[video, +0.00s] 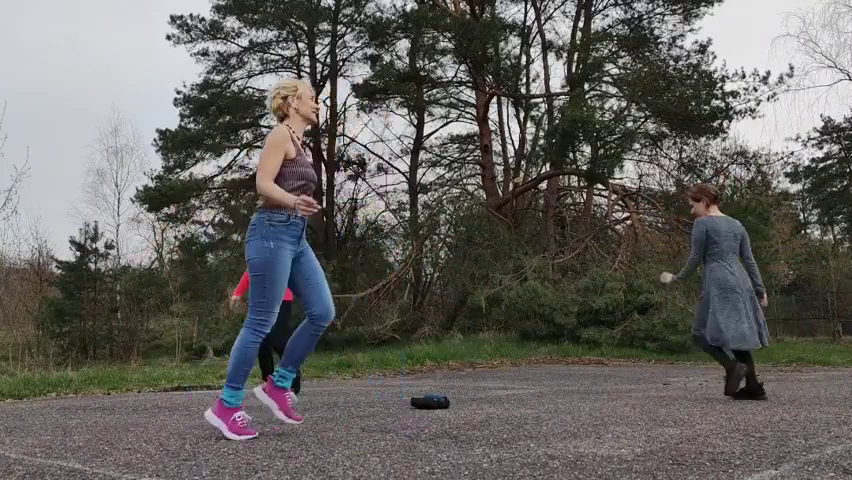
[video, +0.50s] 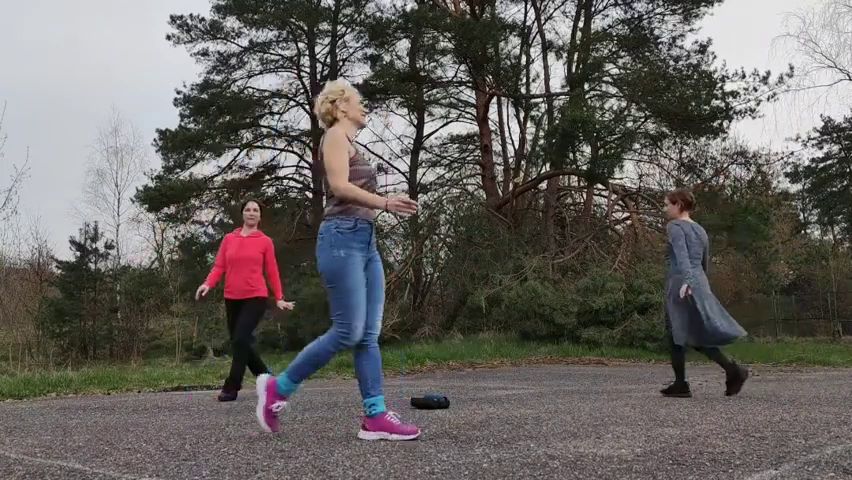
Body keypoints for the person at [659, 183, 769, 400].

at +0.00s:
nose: (692, 211)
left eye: (693, 206)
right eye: (691, 206)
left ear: (705, 201)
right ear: (708, 202)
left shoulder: (702, 223)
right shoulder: (737, 224)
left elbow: (696, 257)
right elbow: (748, 259)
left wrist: (678, 277)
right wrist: (760, 288)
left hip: (718, 284)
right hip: (741, 283)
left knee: (701, 334)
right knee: (739, 332)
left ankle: (730, 366)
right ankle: (753, 384)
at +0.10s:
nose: (690, 209)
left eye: (692, 204)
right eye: (689, 205)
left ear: (704, 201)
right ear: (708, 201)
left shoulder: (699, 223)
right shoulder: (733, 224)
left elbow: (698, 258)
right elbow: (743, 261)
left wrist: (696, 284)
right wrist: (747, 287)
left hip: (712, 282)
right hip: (737, 281)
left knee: (690, 328)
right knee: (735, 332)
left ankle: (717, 365)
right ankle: (753, 384)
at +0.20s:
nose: (685, 208)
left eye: (688, 204)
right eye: (685, 204)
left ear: (700, 202)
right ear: (704, 202)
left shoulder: (696, 223)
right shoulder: (727, 224)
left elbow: (700, 254)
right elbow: (733, 260)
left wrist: (701, 283)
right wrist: (730, 280)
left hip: (711, 284)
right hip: (732, 283)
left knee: (682, 324)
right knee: (734, 332)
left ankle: (698, 373)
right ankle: (752, 384)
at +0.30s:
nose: (680, 210)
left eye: (682, 205)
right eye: (679, 205)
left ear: (695, 204)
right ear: (699, 205)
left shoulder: (690, 226)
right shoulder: (719, 228)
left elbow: (697, 255)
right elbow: (723, 263)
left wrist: (700, 281)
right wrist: (720, 282)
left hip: (702, 285)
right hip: (723, 286)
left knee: (682, 331)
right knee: (729, 333)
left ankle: (682, 381)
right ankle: (751, 384)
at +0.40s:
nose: (673, 211)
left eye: (675, 207)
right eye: (673, 207)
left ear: (687, 206)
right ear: (691, 207)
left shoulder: (683, 228)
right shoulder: (710, 231)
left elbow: (690, 255)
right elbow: (713, 265)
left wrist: (695, 281)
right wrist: (709, 283)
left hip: (688, 288)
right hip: (709, 286)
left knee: (679, 335)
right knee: (717, 334)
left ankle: (680, 383)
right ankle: (747, 379)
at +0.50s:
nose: (665, 209)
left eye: (667, 205)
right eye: (665, 205)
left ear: (678, 205)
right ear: (682, 206)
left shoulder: (675, 227)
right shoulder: (700, 230)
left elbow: (682, 255)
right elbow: (704, 264)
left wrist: (687, 280)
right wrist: (699, 282)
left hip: (678, 288)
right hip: (698, 286)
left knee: (676, 335)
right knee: (696, 337)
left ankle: (680, 383)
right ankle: (732, 370)